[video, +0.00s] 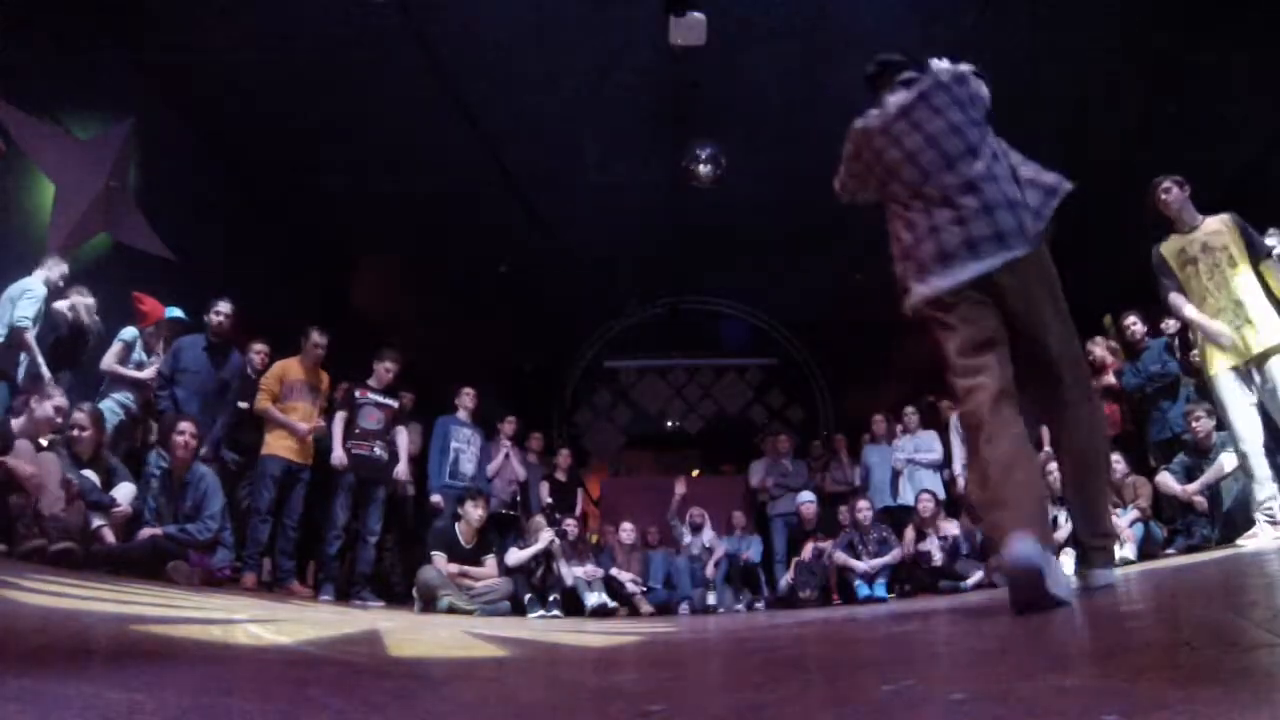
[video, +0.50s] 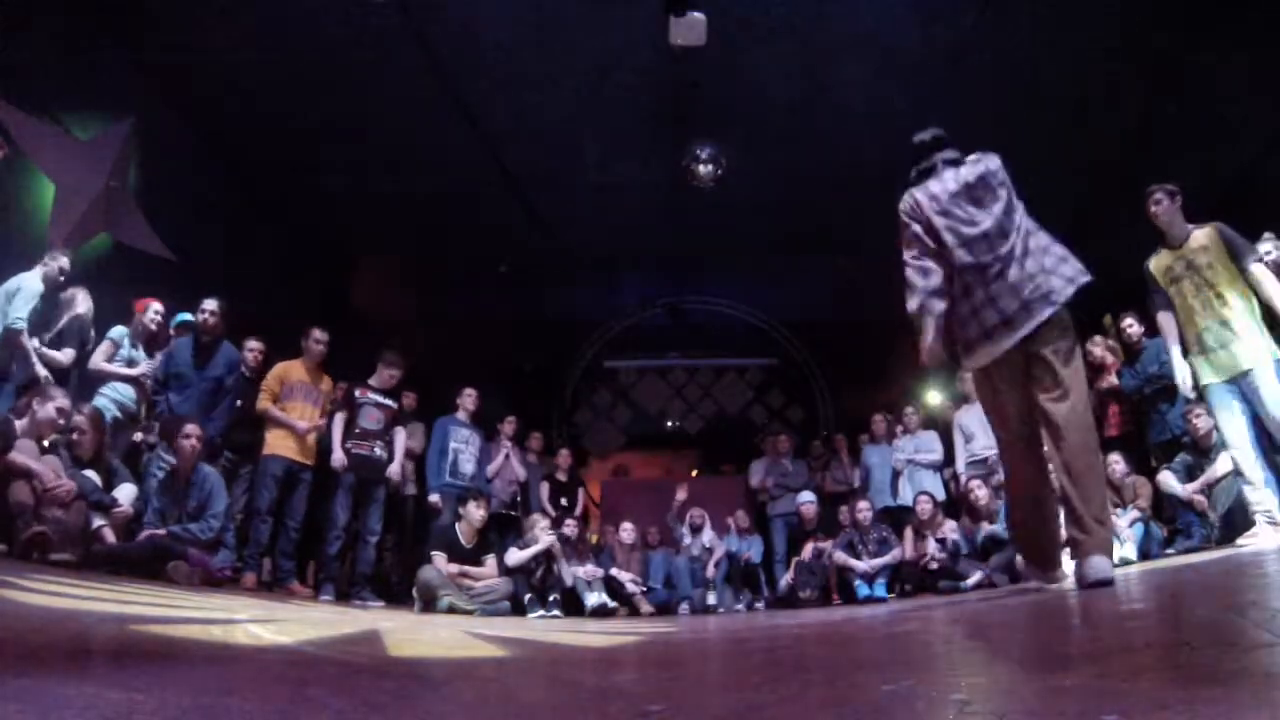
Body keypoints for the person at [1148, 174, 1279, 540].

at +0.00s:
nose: (1164, 197)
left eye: (1168, 190)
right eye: (1158, 196)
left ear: (1186, 191)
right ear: (1159, 209)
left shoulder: (1230, 223)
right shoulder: (1164, 251)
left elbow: (1268, 263)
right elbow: (1175, 300)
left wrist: (1277, 303)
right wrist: (1210, 326)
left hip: (1263, 333)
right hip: (1218, 350)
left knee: (1278, 419)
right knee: (1247, 436)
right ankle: (1268, 517)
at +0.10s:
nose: (1165, 197)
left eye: (1170, 189)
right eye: (1159, 195)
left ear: (1188, 191)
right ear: (1159, 207)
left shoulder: (1230, 223)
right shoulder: (1164, 250)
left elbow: (1268, 263)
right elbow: (1172, 294)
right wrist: (1210, 309)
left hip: (1263, 335)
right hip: (1216, 352)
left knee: (1278, 420)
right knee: (1243, 436)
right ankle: (1265, 518)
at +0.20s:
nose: (1167, 199)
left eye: (1171, 191)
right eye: (1161, 197)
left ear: (1188, 193)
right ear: (1159, 209)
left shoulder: (1230, 227)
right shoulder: (1164, 253)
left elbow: (1271, 260)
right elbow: (1170, 298)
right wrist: (1205, 306)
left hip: (1261, 338)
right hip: (1216, 355)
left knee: (1278, 423)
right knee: (1243, 439)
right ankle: (1266, 518)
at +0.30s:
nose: (1166, 204)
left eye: (1170, 196)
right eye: (1160, 201)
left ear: (1188, 196)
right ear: (1158, 212)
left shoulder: (1229, 231)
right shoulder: (1162, 259)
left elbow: (1270, 261)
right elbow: (1169, 301)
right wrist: (1194, 319)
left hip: (1258, 343)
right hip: (1215, 359)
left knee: (1278, 423)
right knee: (1242, 443)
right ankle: (1266, 519)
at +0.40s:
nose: (1162, 209)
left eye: (1166, 201)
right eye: (1157, 205)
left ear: (1183, 200)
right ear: (1155, 215)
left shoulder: (1224, 234)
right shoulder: (1159, 264)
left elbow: (1268, 265)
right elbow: (1167, 306)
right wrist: (1185, 341)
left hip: (1257, 346)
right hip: (1212, 363)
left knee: (1279, 424)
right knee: (1240, 447)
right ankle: (1267, 519)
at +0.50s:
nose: (1153, 209)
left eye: (1158, 202)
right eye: (1150, 206)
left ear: (1177, 202)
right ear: (1150, 216)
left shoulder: (1215, 234)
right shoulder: (1156, 265)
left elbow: (1259, 275)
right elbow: (1165, 314)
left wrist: (1279, 311)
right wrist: (1177, 360)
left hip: (1250, 347)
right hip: (1208, 364)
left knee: (1276, 423)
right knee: (1238, 445)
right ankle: (1266, 516)